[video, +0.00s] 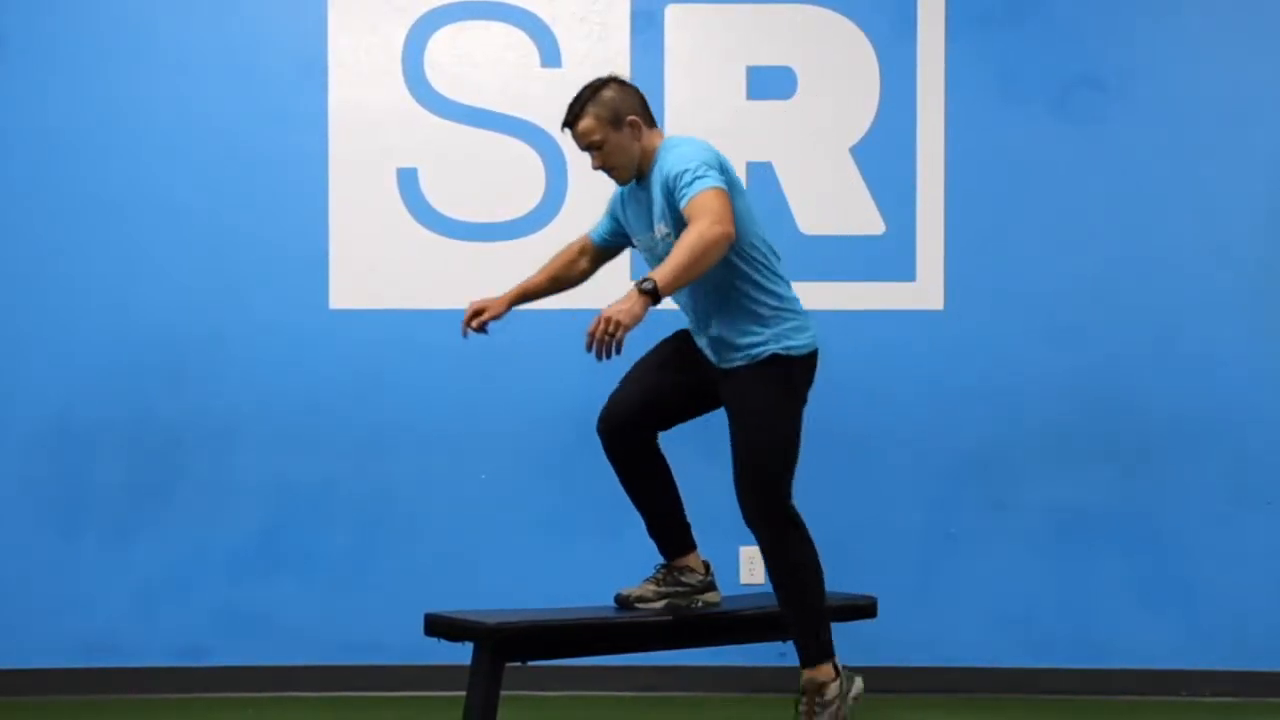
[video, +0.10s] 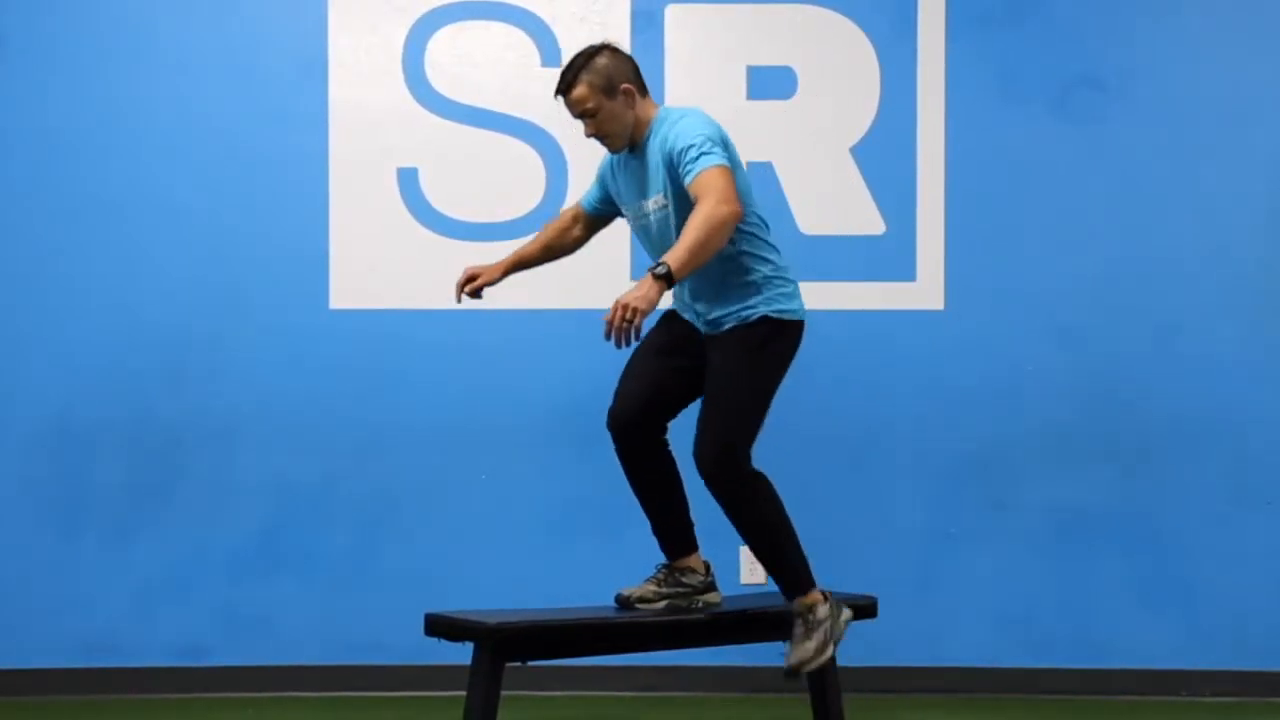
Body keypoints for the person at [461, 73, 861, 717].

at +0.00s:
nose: (592, 162)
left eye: (595, 146)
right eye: (585, 151)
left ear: (634, 126)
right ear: (622, 135)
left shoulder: (688, 162)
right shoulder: (631, 194)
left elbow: (715, 230)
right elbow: (584, 256)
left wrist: (641, 293)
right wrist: (509, 297)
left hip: (771, 348)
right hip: (709, 345)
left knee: (765, 504)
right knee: (622, 424)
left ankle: (822, 675)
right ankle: (686, 569)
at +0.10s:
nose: (585, 130)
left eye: (588, 114)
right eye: (578, 118)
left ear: (629, 95)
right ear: (614, 104)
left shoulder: (688, 134)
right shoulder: (619, 164)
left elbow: (721, 210)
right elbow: (575, 225)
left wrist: (657, 278)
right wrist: (503, 266)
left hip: (760, 313)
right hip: (694, 318)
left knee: (721, 457)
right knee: (631, 419)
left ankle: (812, 605)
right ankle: (688, 571)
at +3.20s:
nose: (530, 208)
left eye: (536, 193)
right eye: (522, 197)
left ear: (570, 176)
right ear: (521, 193)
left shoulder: (629, 227)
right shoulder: (550, 247)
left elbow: (692, 310)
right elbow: (564, 345)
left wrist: (678, 399)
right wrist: (541, 423)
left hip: (629, 430)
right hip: (572, 440)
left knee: (638, 570)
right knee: (602, 577)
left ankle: (658, 707)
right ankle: (626, 705)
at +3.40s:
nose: (527, 212)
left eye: (533, 197)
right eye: (518, 203)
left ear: (565, 179)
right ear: (513, 199)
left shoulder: (627, 222)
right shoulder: (542, 255)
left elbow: (698, 294)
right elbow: (554, 347)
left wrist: (689, 373)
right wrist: (531, 430)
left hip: (639, 405)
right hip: (578, 426)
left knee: (602, 538)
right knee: (592, 556)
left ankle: (645, 686)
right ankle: (626, 695)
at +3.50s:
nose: (528, 216)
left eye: (532, 201)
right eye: (517, 207)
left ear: (562, 179)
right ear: (512, 202)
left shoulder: (626, 218)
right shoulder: (539, 257)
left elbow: (702, 287)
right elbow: (548, 348)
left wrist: (698, 362)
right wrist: (525, 432)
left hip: (646, 388)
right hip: (583, 415)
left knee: (588, 488)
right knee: (595, 545)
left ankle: (639, 625)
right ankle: (629, 702)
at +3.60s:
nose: (527, 218)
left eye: (531, 203)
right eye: (516, 209)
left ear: (560, 179)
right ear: (511, 203)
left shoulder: (626, 217)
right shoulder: (537, 258)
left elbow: (702, 278)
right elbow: (547, 347)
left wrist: (711, 354)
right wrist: (522, 431)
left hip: (653, 377)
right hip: (591, 406)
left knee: (582, 432)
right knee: (603, 560)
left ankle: (663, 534)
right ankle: (628, 702)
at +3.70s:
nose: (525, 218)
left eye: (530, 203)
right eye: (515, 210)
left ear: (559, 180)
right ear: (511, 202)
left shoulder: (626, 216)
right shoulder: (535, 259)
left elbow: (699, 276)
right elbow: (546, 348)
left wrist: (722, 350)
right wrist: (524, 432)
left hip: (660, 374)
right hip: (597, 405)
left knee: (589, 393)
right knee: (605, 556)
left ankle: (680, 517)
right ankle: (629, 701)